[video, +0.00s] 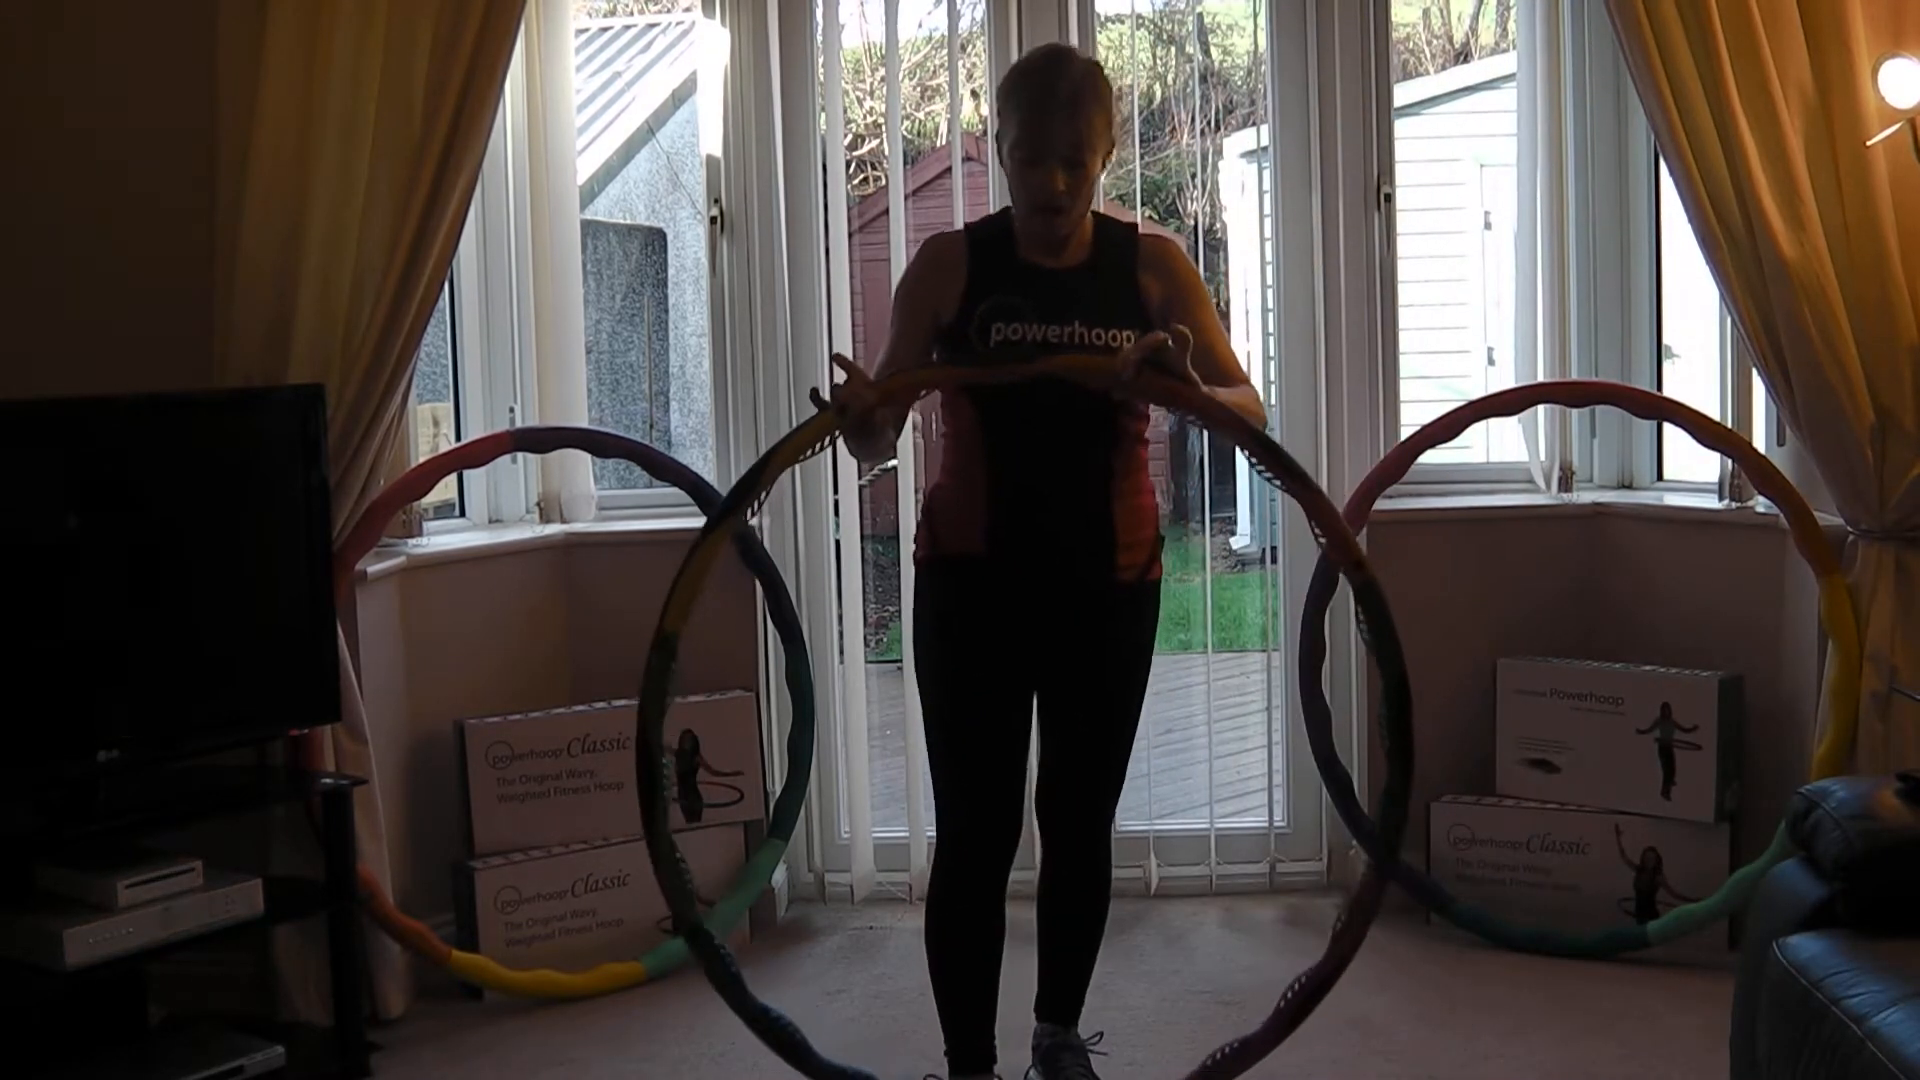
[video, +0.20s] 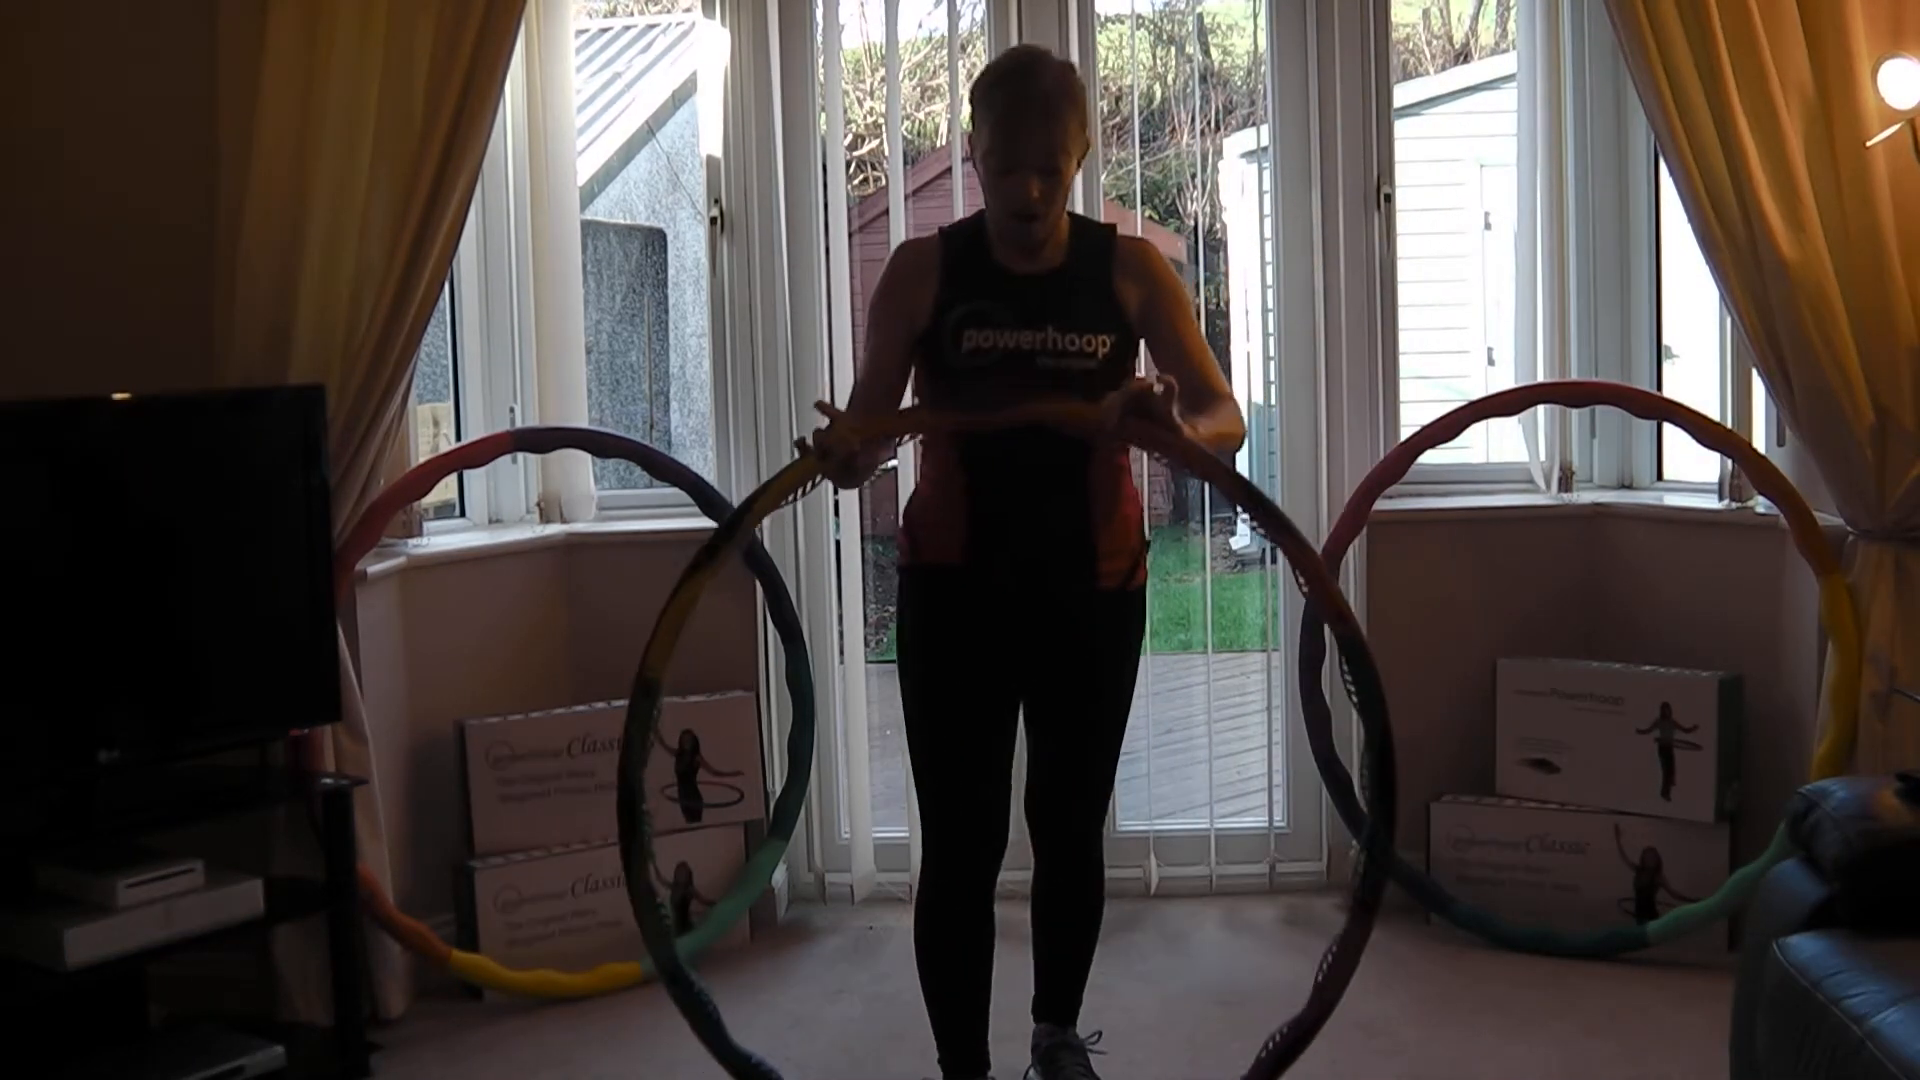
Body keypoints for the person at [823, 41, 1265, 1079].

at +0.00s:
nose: (1050, 180)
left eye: (1072, 159)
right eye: (1030, 155)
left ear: (1106, 153)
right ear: (999, 144)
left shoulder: (1155, 263)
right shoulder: (946, 265)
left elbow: (1247, 416)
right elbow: (874, 441)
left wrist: (1179, 383)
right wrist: (864, 413)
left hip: (1107, 586)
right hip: (970, 583)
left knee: (1080, 827)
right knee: (976, 833)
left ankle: (1058, 1040)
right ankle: (968, 1061)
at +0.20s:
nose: (1031, 189)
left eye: (1051, 165)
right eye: (1010, 164)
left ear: (1081, 154)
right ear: (976, 151)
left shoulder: (1134, 269)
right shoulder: (921, 270)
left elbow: (1225, 418)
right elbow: (871, 425)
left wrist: (1176, 427)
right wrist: (847, 449)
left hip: (1092, 586)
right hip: (954, 585)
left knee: (1070, 834)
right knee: (961, 845)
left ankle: (1056, 1038)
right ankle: (964, 1069)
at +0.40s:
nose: (999, 187)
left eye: (1019, 164)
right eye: (978, 164)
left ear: (1051, 150)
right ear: (946, 150)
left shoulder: (1112, 266)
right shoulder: (891, 271)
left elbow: (1203, 410)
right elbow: (850, 423)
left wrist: (1171, 452)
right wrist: (833, 471)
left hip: (1075, 589)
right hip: (934, 590)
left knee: (1066, 839)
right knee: (951, 851)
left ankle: (1060, 1037)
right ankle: (964, 1073)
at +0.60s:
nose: (976, 176)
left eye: (997, 153)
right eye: (954, 151)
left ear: (1031, 141)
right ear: (924, 141)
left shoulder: (1093, 258)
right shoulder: (868, 265)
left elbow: (1178, 394)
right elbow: (832, 410)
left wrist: (1155, 454)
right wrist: (824, 477)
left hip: (1065, 582)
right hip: (920, 586)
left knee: (1075, 835)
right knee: (942, 850)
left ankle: (1073, 1035)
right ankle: (963, 1072)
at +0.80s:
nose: (972, 131)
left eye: (994, 110)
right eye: (952, 107)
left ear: (1024, 120)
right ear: (916, 112)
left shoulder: (1081, 248)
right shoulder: (859, 254)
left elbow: (1151, 392)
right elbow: (813, 397)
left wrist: (1141, 449)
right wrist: (818, 460)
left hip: (1058, 575)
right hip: (911, 583)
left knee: (1083, 825)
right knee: (936, 856)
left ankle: (1117, 1016)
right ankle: (962, 1072)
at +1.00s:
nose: (969, 120)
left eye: (992, 100)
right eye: (948, 98)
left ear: (1024, 116)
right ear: (914, 110)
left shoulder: (1082, 250)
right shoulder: (858, 257)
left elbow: (1139, 401)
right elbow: (816, 405)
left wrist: (1122, 449)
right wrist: (835, 459)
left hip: (1054, 587)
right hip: (909, 592)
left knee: (1075, 828)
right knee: (933, 861)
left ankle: (1099, 1021)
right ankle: (961, 1075)